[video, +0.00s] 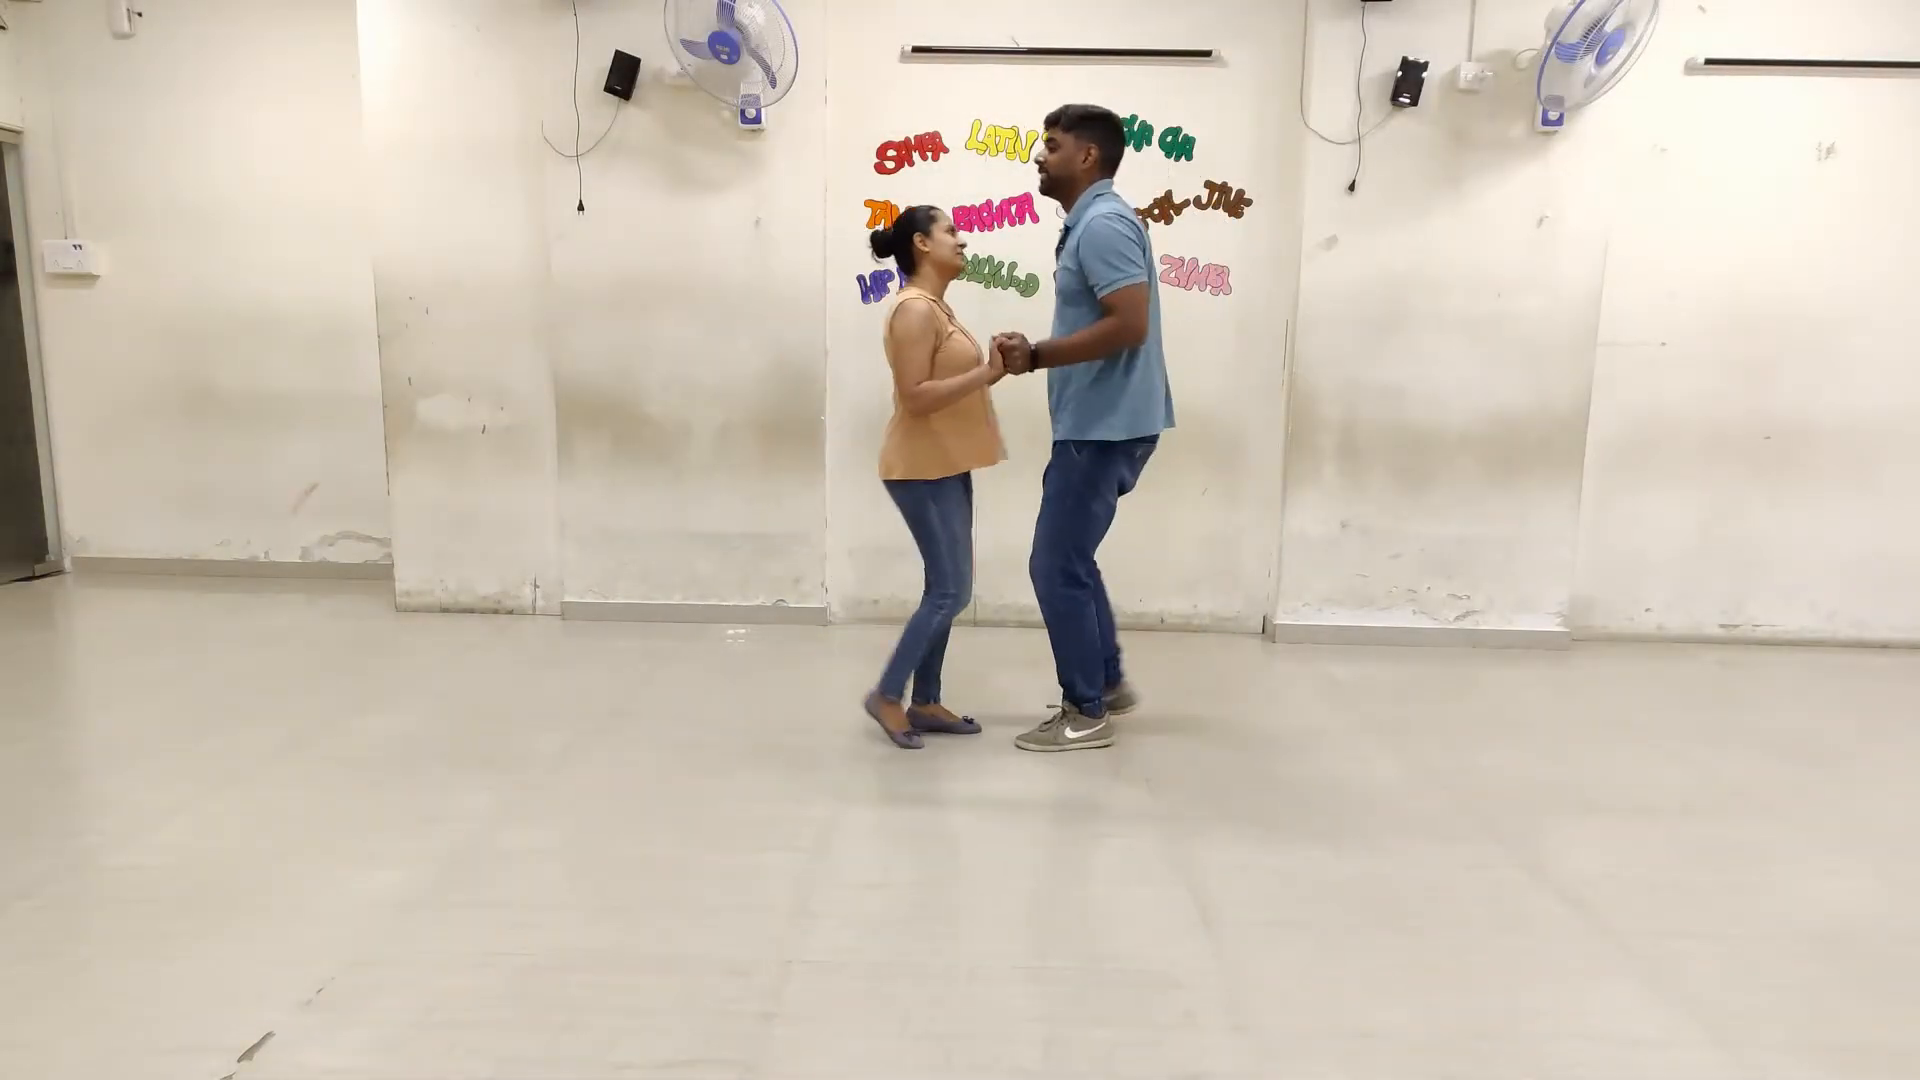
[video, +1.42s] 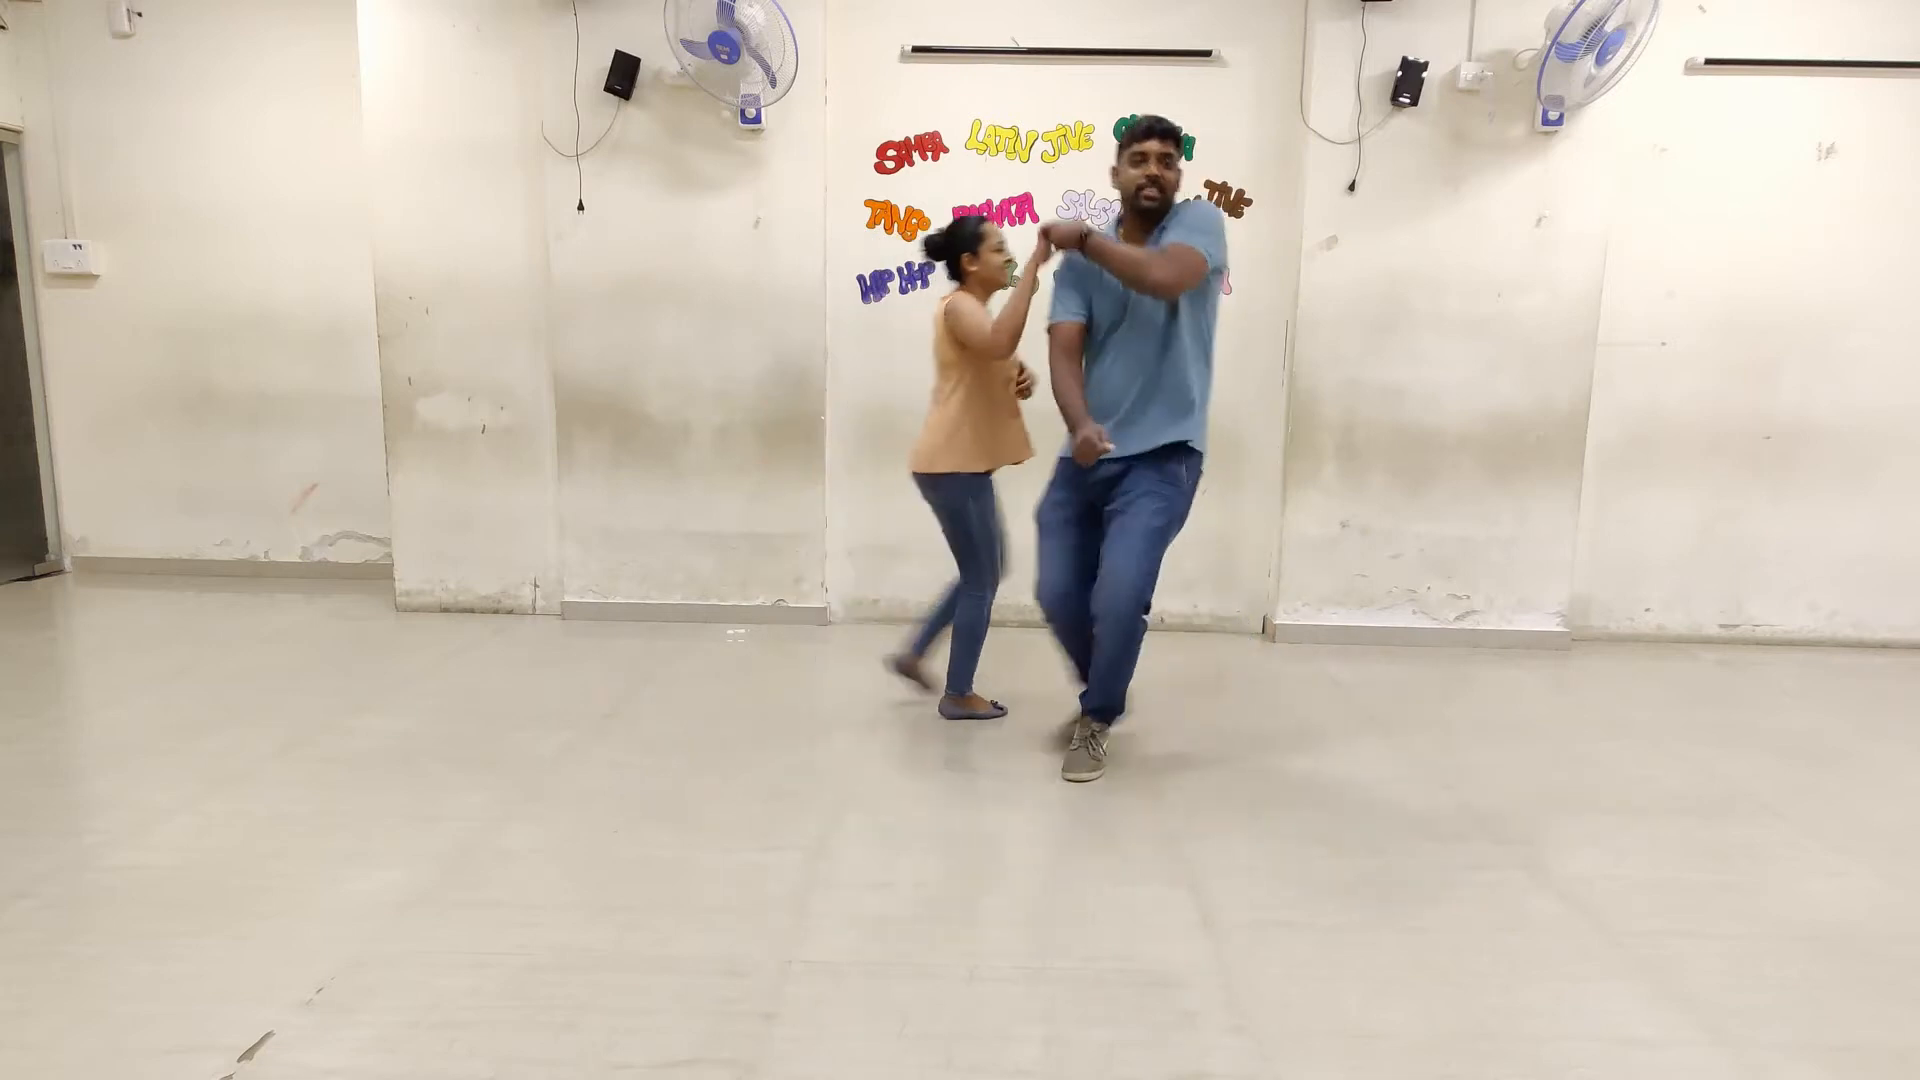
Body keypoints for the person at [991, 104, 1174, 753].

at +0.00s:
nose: (1040, 156)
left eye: (1053, 146)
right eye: (1043, 146)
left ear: (1090, 156)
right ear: (1087, 158)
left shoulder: (1103, 223)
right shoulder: (1098, 219)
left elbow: (1128, 325)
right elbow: (1113, 326)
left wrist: (1036, 353)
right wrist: (1035, 351)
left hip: (1104, 428)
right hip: (1105, 423)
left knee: (1055, 562)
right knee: (1068, 556)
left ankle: (1085, 711)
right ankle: (1107, 683)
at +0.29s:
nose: (1056, 159)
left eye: (1068, 148)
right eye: (1059, 148)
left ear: (1104, 159)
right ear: (1098, 161)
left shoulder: (1124, 227)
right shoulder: (1106, 227)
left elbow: (1136, 328)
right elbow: (1105, 330)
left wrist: (1039, 351)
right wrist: (1034, 348)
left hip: (1133, 431)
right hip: (1123, 428)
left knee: (1071, 564)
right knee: (1088, 553)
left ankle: (1082, 710)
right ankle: (1131, 677)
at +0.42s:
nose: (1100, 175)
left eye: (1114, 167)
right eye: (1104, 165)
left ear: (1153, 180)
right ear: (1131, 178)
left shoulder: (1170, 251)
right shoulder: (1127, 254)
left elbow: (1161, 352)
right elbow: (1083, 341)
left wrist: (1064, 377)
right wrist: (1002, 363)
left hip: (1158, 450)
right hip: (1135, 446)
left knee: (1075, 569)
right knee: (1116, 573)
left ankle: (1082, 713)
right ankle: (1222, 673)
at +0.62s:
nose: (1162, 188)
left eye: (1176, 179)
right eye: (1166, 176)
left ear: (1215, 191)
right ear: (1202, 192)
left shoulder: (1224, 257)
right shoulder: (1205, 254)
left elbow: (1165, 354)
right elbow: (1156, 356)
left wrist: (1064, 349)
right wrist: (1081, 398)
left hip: (1215, 450)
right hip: (1216, 448)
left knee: (1125, 567)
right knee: (1185, 580)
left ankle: (1092, 714)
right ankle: (1257, 707)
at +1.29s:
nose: (1169, 190)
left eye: (1185, 181)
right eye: (1160, 179)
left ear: (1207, 194)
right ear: (1146, 190)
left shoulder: (1225, 249)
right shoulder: (1121, 273)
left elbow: (1184, 327)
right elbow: (1099, 363)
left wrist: (1100, 287)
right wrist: (1080, 426)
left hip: (1190, 463)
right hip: (1131, 462)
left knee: (1112, 602)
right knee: (1120, 601)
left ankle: (1093, 724)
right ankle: (1233, 661)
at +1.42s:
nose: (1153, 170)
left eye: (1166, 161)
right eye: (1140, 160)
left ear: (1180, 173)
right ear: (1116, 171)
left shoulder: (1201, 221)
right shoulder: (1085, 251)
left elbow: (1166, 276)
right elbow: (1065, 350)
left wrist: (1084, 241)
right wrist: (1079, 423)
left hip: (1164, 447)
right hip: (1089, 447)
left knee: (1119, 598)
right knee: (1057, 595)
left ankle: (1095, 718)